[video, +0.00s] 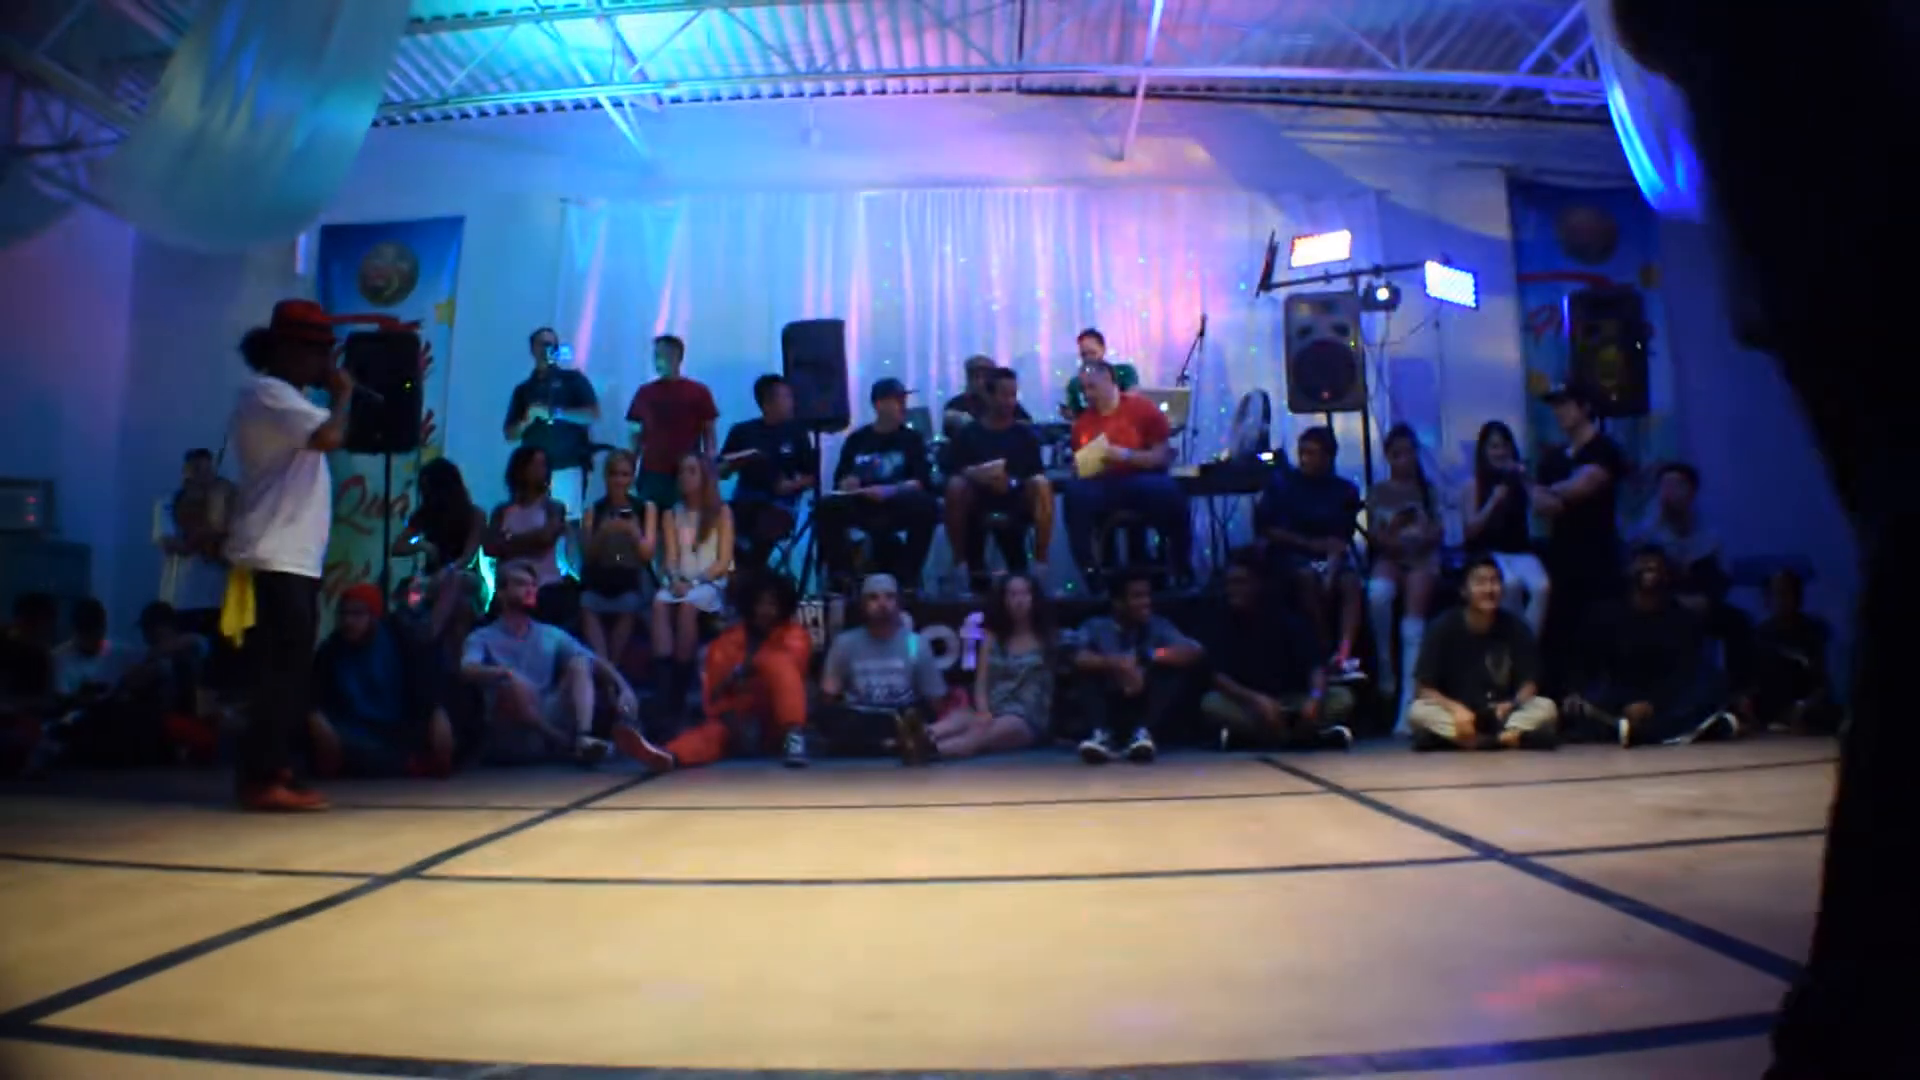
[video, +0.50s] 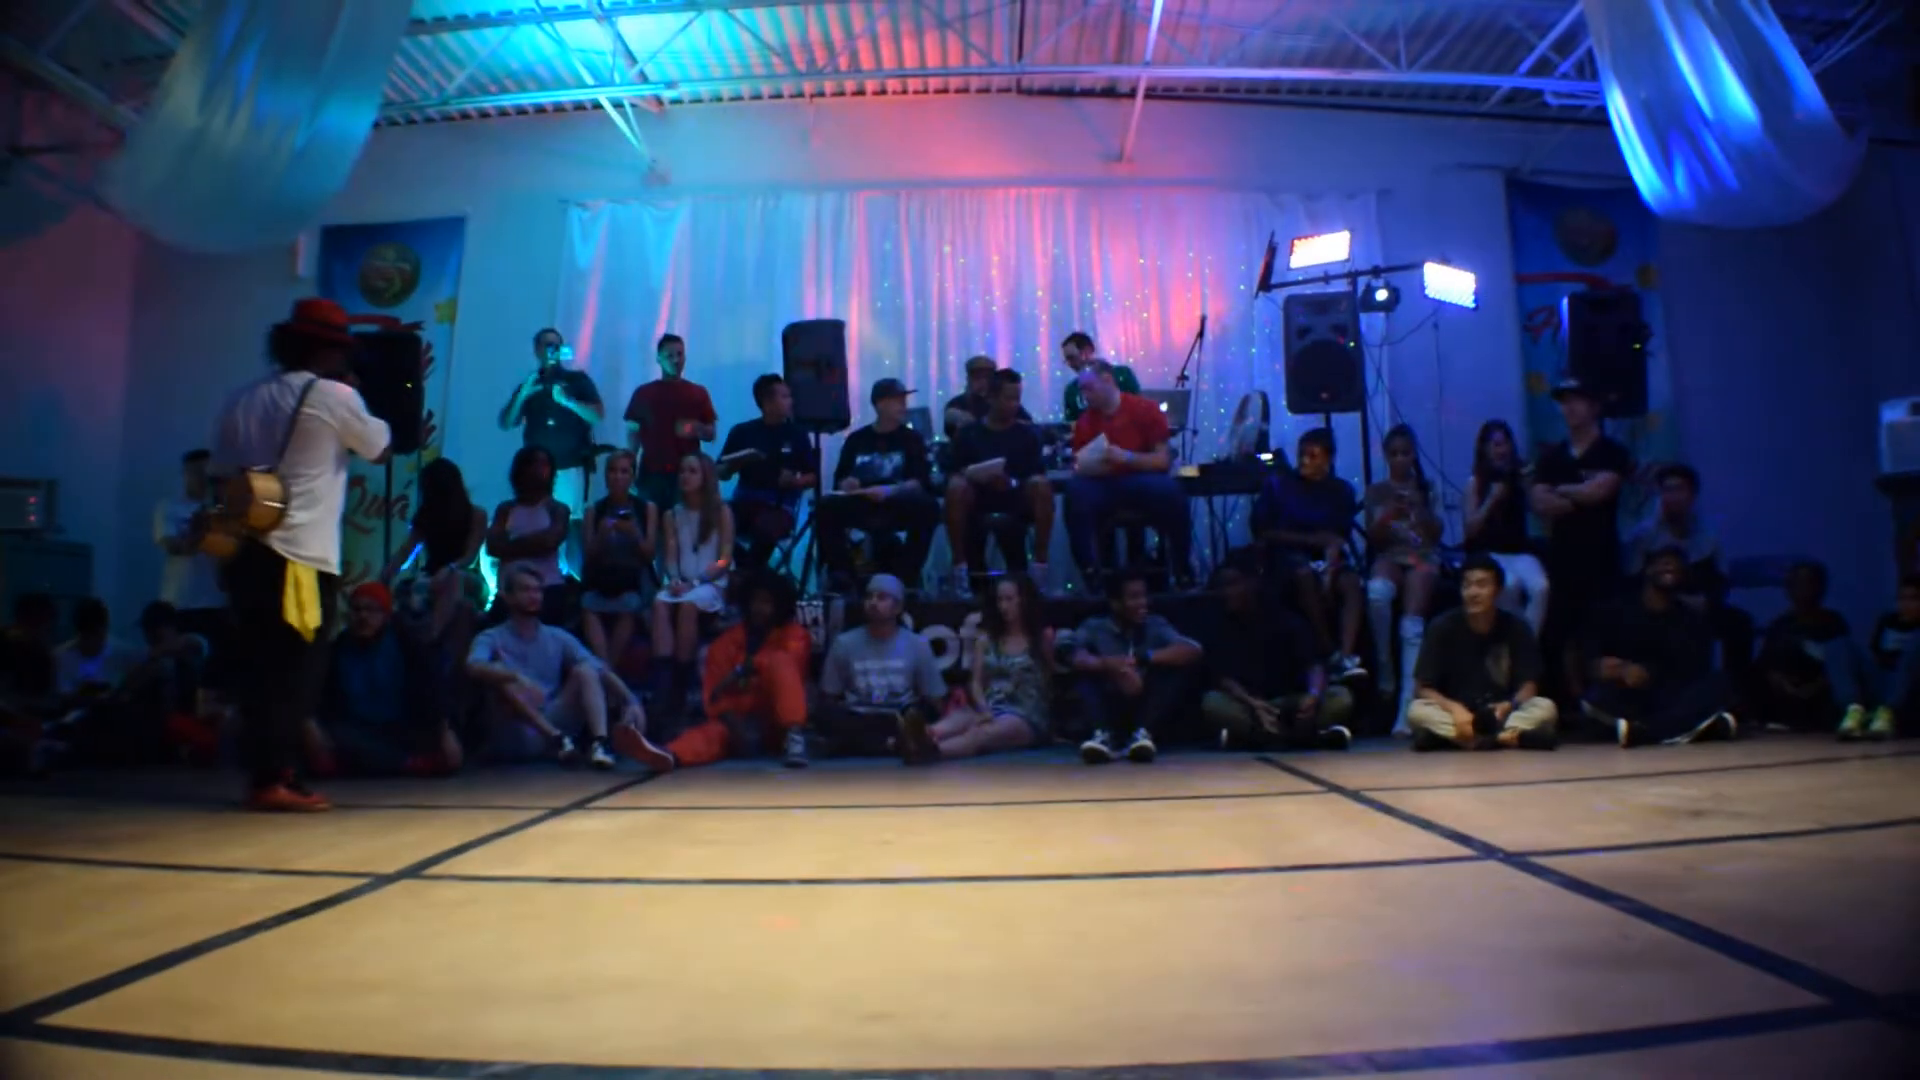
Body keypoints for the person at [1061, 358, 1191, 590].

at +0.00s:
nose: (1088, 394)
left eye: (1092, 386)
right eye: (1084, 388)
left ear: (1110, 382)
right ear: (1082, 389)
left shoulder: (1143, 408)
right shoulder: (1082, 423)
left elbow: (1163, 455)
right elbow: (1079, 463)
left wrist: (1124, 456)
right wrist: (1089, 463)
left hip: (1141, 479)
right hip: (1101, 481)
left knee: (1172, 496)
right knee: (1075, 497)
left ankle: (1180, 568)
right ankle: (1088, 570)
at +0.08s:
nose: (1087, 395)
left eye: (1092, 388)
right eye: (1083, 389)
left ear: (1110, 383)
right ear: (1081, 390)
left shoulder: (1143, 411)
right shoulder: (1083, 423)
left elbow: (1159, 458)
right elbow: (1078, 465)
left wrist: (1120, 456)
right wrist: (1101, 459)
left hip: (1140, 481)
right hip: (1100, 482)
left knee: (1171, 494)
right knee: (1075, 495)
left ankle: (1179, 567)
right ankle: (1089, 569)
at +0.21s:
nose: (1089, 396)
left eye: (1093, 388)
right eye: (1085, 390)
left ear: (1110, 385)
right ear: (1083, 392)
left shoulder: (1143, 411)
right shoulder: (1082, 424)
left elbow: (1161, 459)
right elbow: (1078, 466)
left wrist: (1126, 458)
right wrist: (1099, 462)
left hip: (1141, 482)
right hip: (1100, 484)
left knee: (1170, 495)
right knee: (1074, 497)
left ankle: (1179, 567)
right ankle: (1089, 572)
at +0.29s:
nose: (1088, 396)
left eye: (1093, 389)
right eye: (1085, 390)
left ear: (1111, 385)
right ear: (1083, 391)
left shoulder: (1141, 411)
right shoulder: (1083, 423)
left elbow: (1160, 459)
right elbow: (1077, 464)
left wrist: (1123, 457)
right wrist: (1094, 462)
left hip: (1140, 483)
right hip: (1100, 485)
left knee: (1170, 495)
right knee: (1074, 497)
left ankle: (1178, 567)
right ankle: (1089, 571)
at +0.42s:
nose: (1088, 397)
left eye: (1092, 389)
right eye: (1084, 391)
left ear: (1110, 383)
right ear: (1080, 392)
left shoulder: (1143, 409)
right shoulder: (1083, 423)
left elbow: (1161, 460)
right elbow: (1079, 463)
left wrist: (1122, 457)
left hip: (1141, 480)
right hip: (1102, 483)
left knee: (1171, 495)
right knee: (1076, 494)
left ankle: (1181, 568)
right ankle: (1088, 570)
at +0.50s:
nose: (1085, 396)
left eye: (1089, 388)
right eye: (1082, 390)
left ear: (1108, 380)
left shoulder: (1145, 409)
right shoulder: (1085, 421)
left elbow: (1162, 459)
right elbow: (1079, 463)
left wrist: (1125, 458)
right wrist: (1098, 464)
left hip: (1141, 480)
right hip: (1101, 481)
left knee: (1173, 496)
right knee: (1076, 496)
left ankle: (1181, 569)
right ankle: (1089, 571)